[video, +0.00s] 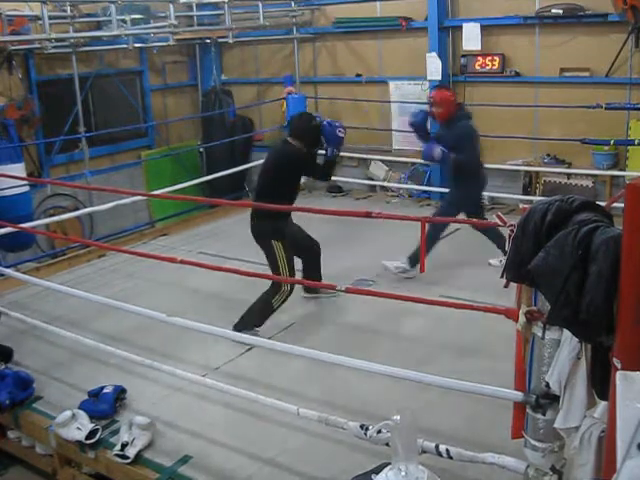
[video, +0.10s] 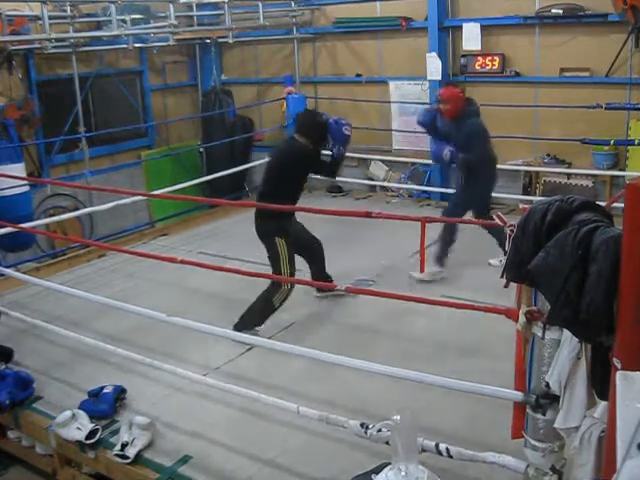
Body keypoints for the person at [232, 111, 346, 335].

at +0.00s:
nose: (319, 138)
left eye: (319, 133)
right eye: (317, 134)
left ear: (294, 132)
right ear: (308, 136)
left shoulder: (289, 149)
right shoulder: (293, 155)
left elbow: (319, 172)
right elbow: (324, 174)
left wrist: (330, 147)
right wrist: (333, 150)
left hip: (279, 220)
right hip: (269, 224)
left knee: (311, 248)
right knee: (284, 284)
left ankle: (313, 287)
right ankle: (242, 328)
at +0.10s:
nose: (324, 137)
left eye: (325, 132)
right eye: (323, 132)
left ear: (301, 129)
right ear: (315, 133)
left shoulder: (292, 147)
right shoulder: (300, 153)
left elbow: (325, 168)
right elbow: (330, 171)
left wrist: (335, 144)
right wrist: (340, 147)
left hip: (283, 218)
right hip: (272, 222)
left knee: (314, 248)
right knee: (284, 283)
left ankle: (323, 285)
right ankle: (243, 327)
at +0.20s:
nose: (335, 133)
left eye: (336, 129)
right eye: (334, 129)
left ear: (313, 124)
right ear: (325, 128)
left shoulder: (308, 141)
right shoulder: (308, 145)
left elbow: (337, 164)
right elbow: (340, 166)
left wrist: (346, 140)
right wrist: (350, 143)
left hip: (291, 213)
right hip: (280, 215)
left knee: (318, 248)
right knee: (277, 274)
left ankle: (328, 285)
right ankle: (244, 324)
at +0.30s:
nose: (345, 118)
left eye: (345, 115)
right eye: (343, 114)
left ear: (323, 111)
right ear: (336, 115)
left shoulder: (321, 131)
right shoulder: (318, 133)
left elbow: (342, 154)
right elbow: (344, 157)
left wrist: (355, 136)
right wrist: (362, 139)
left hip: (303, 202)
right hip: (289, 203)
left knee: (322, 243)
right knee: (287, 256)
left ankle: (328, 283)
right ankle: (257, 305)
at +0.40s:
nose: (356, 110)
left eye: (356, 106)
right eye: (353, 106)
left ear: (332, 108)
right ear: (343, 109)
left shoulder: (333, 132)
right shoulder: (324, 134)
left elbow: (345, 157)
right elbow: (346, 159)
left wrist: (358, 141)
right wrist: (365, 144)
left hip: (318, 196)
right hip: (301, 199)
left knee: (341, 236)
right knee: (310, 252)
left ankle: (330, 280)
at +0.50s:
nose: (366, 116)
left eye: (365, 112)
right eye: (363, 112)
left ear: (344, 116)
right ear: (352, 116)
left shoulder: (344, 137)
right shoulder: (333, 140)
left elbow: (346, 163)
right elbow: (350, 170)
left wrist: (362, 146)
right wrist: (373, 158)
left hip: (335, 201)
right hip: (316, 204)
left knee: (369, 230)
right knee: (309, 260)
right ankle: (277, 288)